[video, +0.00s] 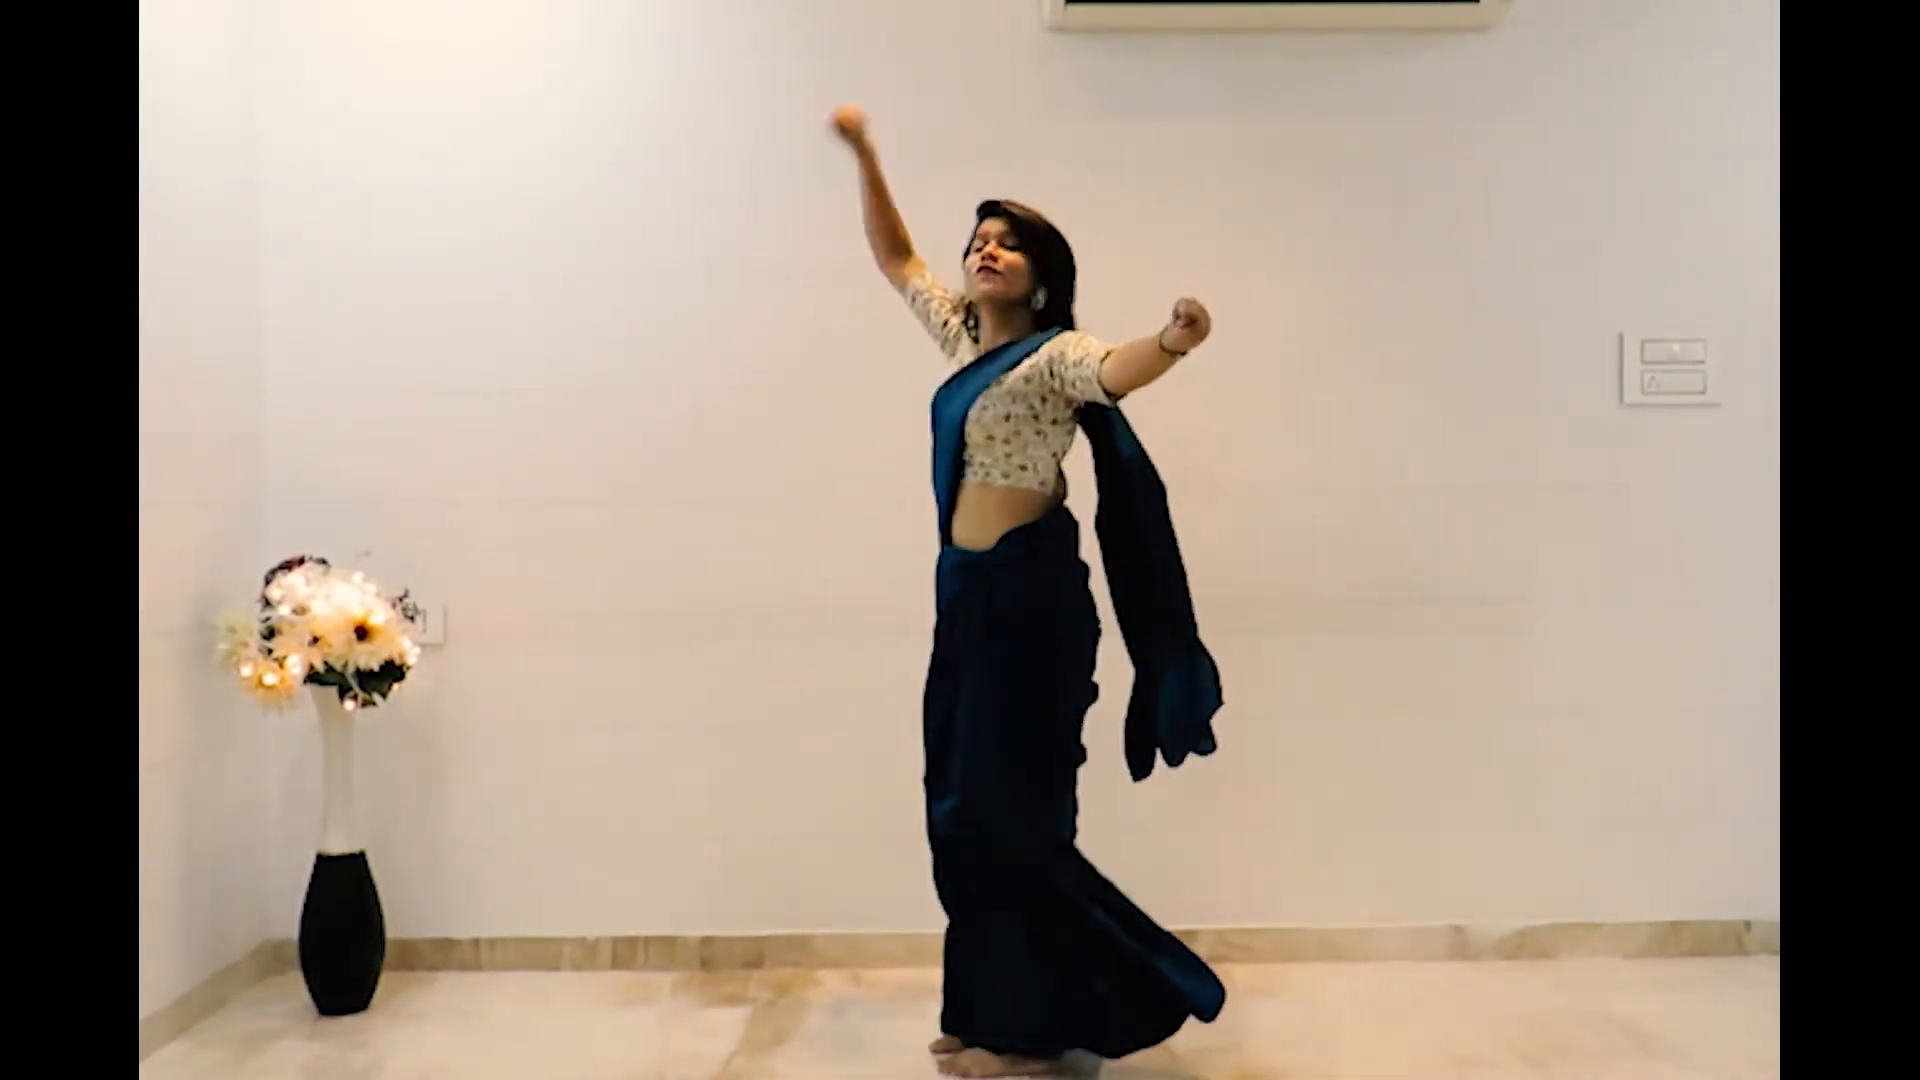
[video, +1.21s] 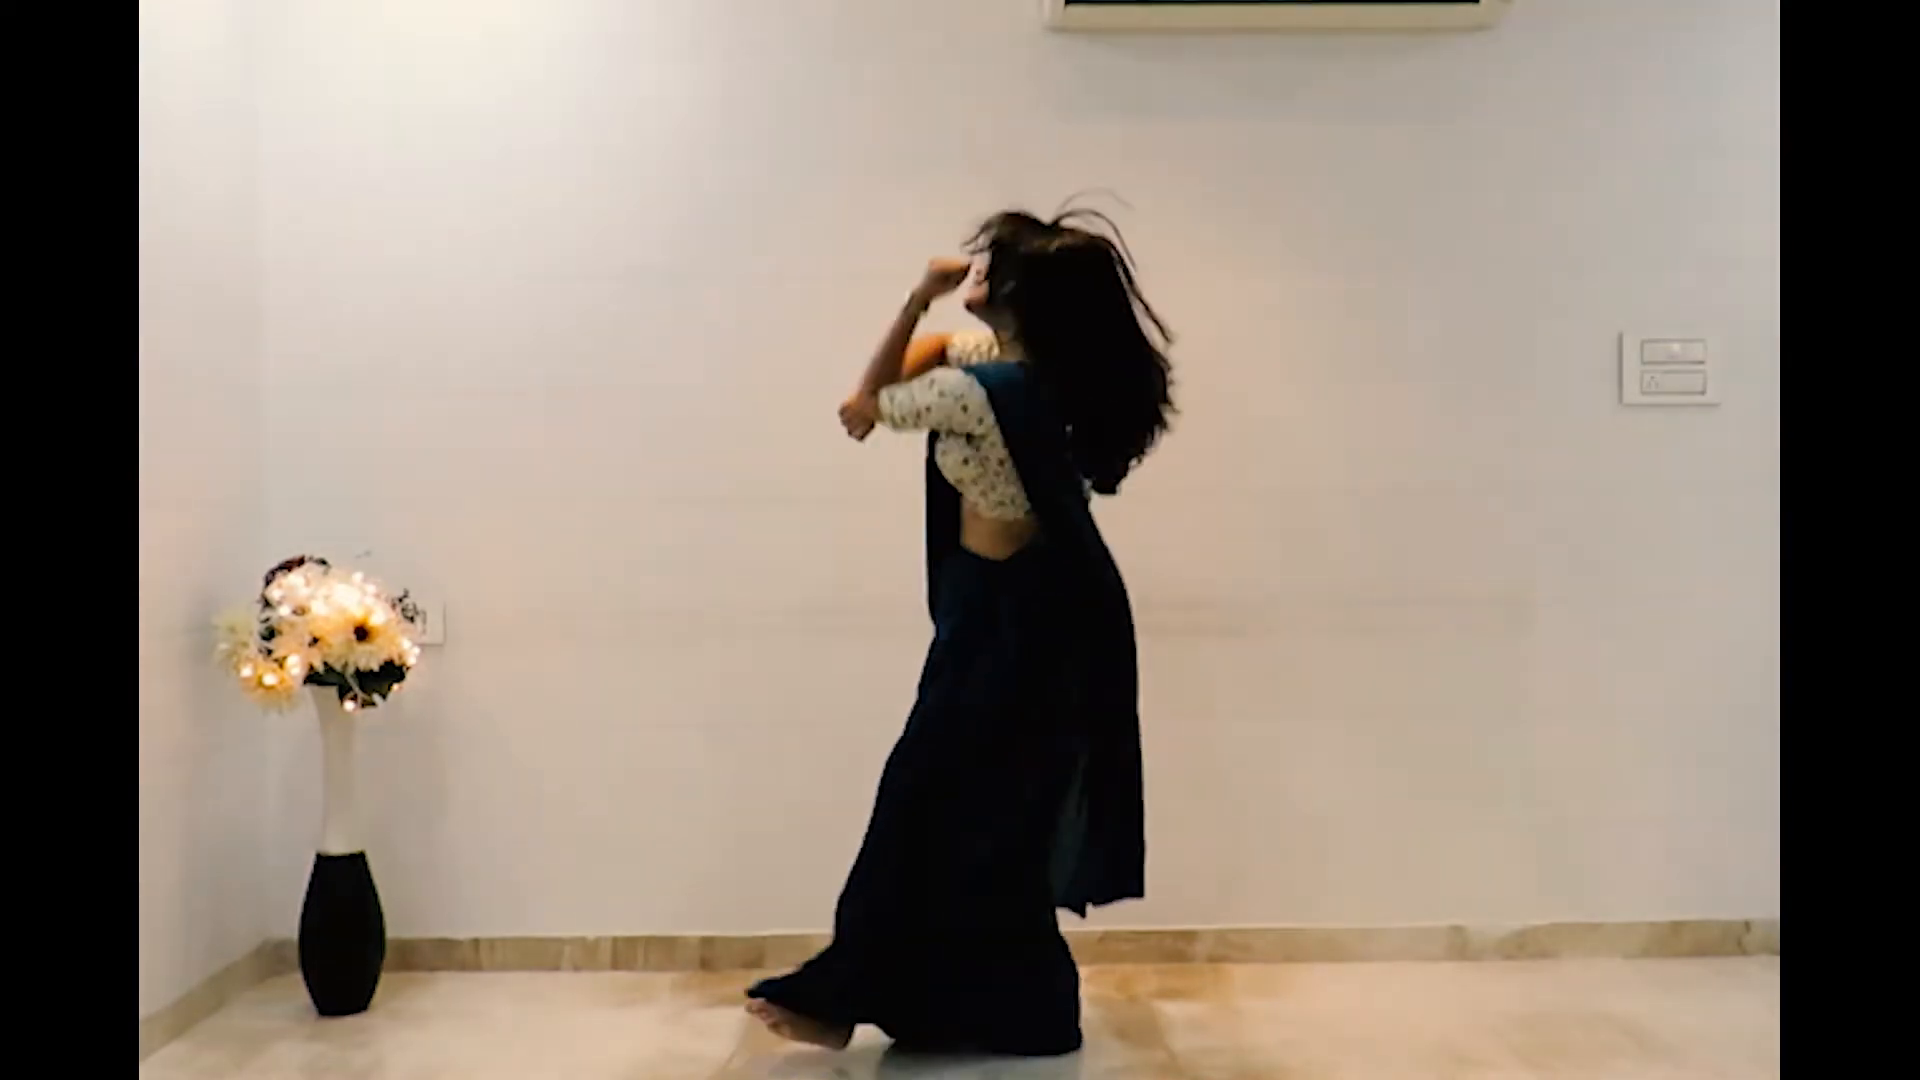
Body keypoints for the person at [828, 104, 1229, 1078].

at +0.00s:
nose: (985, 253)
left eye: (1005, 247)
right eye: (980, 245)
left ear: (1043, 275)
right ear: (967, 273)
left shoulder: (1055, 353)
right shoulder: (964, 343)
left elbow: (1113, 370)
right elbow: (898, 261)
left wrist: (1169, 342)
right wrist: (864, 155)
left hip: (1028, 596)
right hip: (965, 597)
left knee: (999, 811)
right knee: (960, 810)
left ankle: (1046, 1024)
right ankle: (995, 1022)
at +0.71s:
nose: (996, 244)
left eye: (1015, 237)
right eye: (991, 232)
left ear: (1043, 267)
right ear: (978, 259)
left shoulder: (1050, 347)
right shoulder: (977, 347)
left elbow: (1069, 301)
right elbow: (877, 335)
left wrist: (1054, 275)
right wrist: (914, 298)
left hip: (1030, 568)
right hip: (977, 569)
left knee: (1008, 784)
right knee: (969, 781)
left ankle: (1013, 1009)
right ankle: (971, 1002)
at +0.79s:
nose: (1010, 244)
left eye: (1029, 236)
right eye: (1000, 233)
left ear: (1061, 266)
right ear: (985, 260)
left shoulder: (1059, 345)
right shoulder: (976, 359)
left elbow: (1081, 355)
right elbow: (885, 388)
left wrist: (1062, 303)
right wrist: (912, 366)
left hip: (1024, 568)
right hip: (966, 572)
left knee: (1009, 782)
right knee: (968, 780)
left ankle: (1025, 1002)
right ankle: (979, 997)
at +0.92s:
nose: (993, 256)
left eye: (1015, 247)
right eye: (992, 244)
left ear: (1054, 276)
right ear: (989, 269)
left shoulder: (1062, 344)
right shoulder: (985, 373)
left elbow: (1082, 370)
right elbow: (960, 456)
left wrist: (989, 388)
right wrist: (917, 468)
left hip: (1028, 598)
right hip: (973, 601)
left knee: (1002, 805)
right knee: (983, 807)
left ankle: (1018, 1031)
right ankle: (998, 1026)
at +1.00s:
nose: (972, 256)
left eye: (988, 247)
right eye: (979, 243)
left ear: (1029, 270)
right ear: (1018, 269)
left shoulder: (1047, 333)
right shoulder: (1005, 356)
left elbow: (1008, 330)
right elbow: (963, 405)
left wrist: (902, 351)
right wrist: (925, 424)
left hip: (1023, 581)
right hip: (989, 582)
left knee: (987, 795)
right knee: (982, 796)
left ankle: (1009, 1026)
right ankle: (999, 1019)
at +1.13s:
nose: (977, 246)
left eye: (992, 242)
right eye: (987, 237)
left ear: (1015, 273)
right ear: (1038, 278)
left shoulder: (999, 354)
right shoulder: (1041, 341)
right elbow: (934, 326)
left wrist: (906, 239)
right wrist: (869, 377)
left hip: (1008, 591)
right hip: (1046, 578)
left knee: (947, 796)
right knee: (998, 797)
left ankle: (974, 1014)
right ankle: (1010, 1008)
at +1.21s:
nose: (978, 280)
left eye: (990, 272)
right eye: (986, 267)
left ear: (1014, 301)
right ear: (1061, 305)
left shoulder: (971, 389)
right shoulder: (1065, 374)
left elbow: (864, 405)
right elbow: (956, 353)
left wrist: (923, 297)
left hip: (1001, 627)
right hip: (1068, 611)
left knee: (917, 797)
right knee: (1004, 804)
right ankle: (1014, 998)